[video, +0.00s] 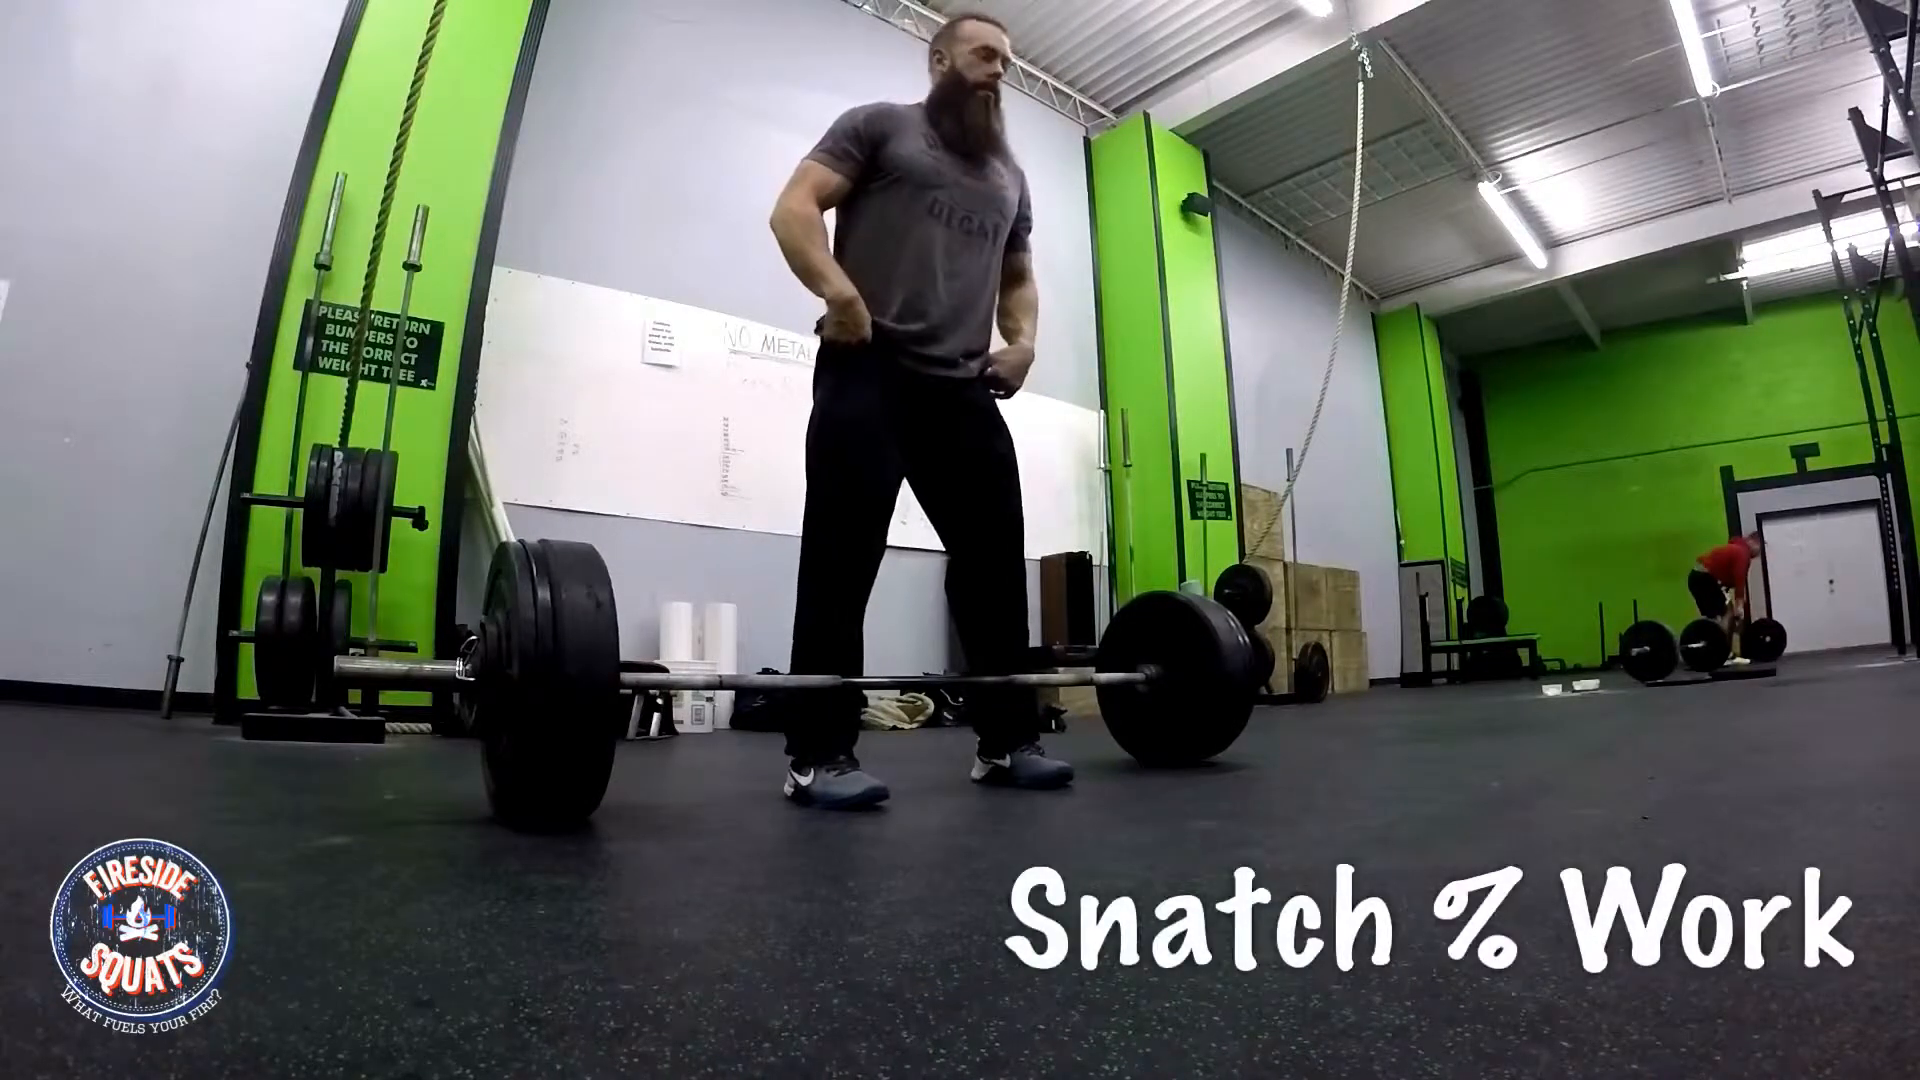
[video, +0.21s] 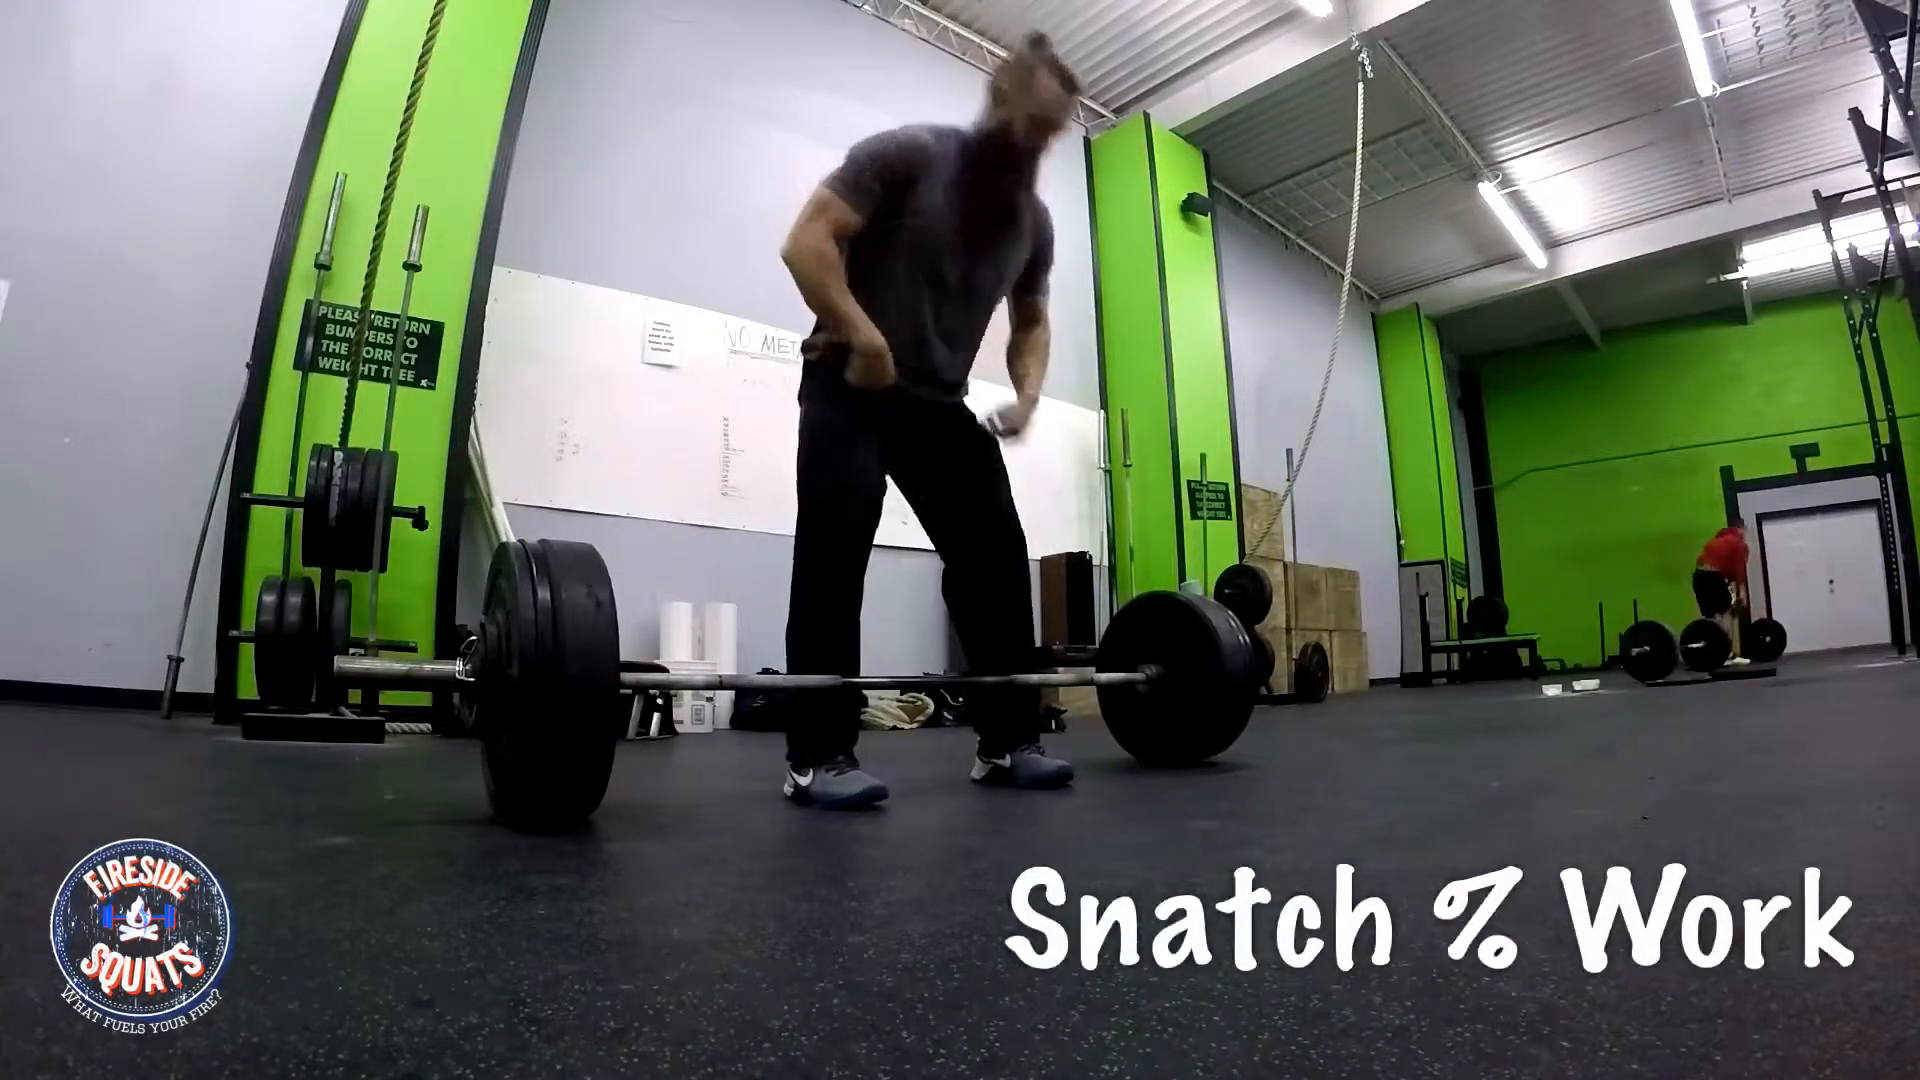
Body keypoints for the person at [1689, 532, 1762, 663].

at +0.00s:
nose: (1758, 553)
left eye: (1760, 549)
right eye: (1758, 548)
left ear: (1750, 541)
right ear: (1751, 541)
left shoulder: (1736, 549)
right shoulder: (1741, 552)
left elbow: (1739, 581)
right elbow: (1739, 580)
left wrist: (1739, 605)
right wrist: (1739, 606)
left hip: (1698, 575)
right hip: (1704, 577)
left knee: (1712, 616)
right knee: (1725, 614)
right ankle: (1723, 654)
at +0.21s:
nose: (1745, 534)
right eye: (1744, 531)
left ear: (1729, 530)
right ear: (1740, 530)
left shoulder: (1718, 539)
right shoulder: (1738, 544)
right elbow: (1739, 569)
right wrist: (1740, 593)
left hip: (1699, 573)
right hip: (1715, 574)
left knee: (1708, 615)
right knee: (1725, 613)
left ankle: (1710, 651)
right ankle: (1726, 652)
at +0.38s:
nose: (1728, 524)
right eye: (1728, 521)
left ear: (1714, 521)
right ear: (1728, 521)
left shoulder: (1706, 535)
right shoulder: (1732, 536)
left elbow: (1699, 559)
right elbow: (1738, 562)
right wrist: (1741, 585)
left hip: (1700, 573)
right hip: (1717, 573)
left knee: (1710, 614)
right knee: (1726, 611)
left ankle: (1711, 650)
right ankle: (1726, 650)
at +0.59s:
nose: (1723, 518)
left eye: (1721, 516)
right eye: (1722, 516)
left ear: (1706, 518)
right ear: (1720, 516)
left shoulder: (1700, 535)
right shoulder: (1728, 533)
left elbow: (1693, 561)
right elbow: (1738, 557)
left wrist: (1700, 571)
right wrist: (1742, 577)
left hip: (1705, 574)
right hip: (1725, 573)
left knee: (1710, 612)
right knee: (1735, 609)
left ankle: (1712, 647)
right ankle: (1731, 646)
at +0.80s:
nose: (1720, 519)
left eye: (1714, 518)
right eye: (1721, 517)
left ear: (1709, 519)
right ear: (1722, 517)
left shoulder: (1704, 537)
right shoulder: (1731, 534)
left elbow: (1700, 559)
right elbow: (1742, 556)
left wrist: (1703, 572)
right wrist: (1748, 575)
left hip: (1712, 578)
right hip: (1732, 577)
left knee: (1714, 616)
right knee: (1739, 616)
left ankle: (1715, 653)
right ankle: (1745, 651)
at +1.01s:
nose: (1728, 519)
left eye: (1725, 517)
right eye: (1730, 516)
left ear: (1718, 517)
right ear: (1731, 516)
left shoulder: (1710, 538)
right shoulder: (1741, 536)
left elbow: (1707, 559)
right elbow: (1751, 557)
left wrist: (1713, 570)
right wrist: (1747, 573)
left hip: (1719, 578)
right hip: (1740, 578)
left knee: (1720, 617)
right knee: (1745, 616)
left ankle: (1720, 654)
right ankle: (1746, 652)